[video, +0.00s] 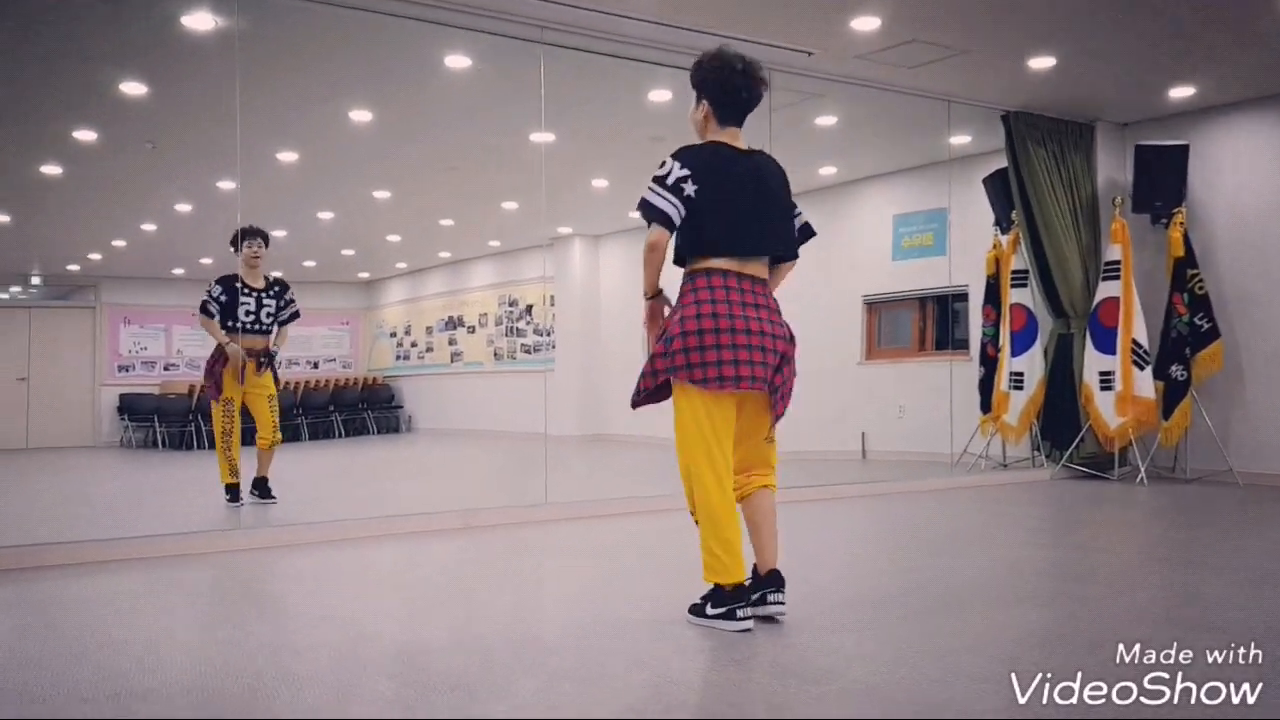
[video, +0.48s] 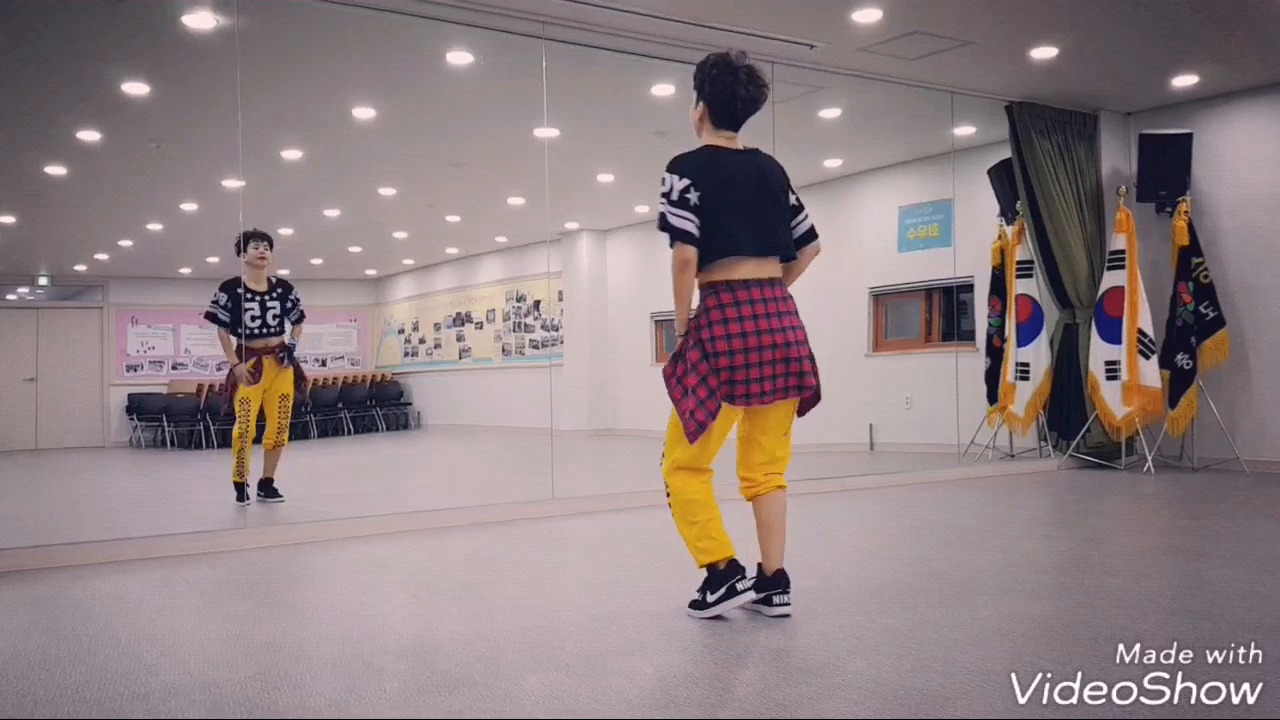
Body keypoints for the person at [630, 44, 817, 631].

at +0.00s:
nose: (691, 111)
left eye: (693, 102)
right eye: (694, 102)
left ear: (703, 107)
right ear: (748, 110)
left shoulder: (685, 163)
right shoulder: (771, 171)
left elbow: (657, 238)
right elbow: (792, 251)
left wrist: (652, 298)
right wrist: (755, 298)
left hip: (703, 310)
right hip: (762, 313)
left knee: (706, 459)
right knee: (754, 458)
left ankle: (727, 589)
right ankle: (769, 579)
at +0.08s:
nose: (700, 111)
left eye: (703, 102)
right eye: (705, 102)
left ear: (712, 109)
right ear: (755, 113)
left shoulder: (705, 167)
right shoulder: (775, 172)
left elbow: (682, 237)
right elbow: (794, 251)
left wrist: (668, 279)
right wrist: (763, 297)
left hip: (719, 308)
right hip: (770, 312)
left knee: (709, 456)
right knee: (750, 460)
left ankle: (733, 582)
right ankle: (773, 577)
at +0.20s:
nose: (701, 115)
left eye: (704, 106)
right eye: (706, 106)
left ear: (712, 114)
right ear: (754, 119)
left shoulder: (711, 172)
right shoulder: (770, 177)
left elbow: (703, 258)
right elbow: (787, 262)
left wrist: (675, 291)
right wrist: (757, 310)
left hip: (723, 322)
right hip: (771, 327)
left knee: (691, 460)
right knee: (741, 466)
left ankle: (729, 578)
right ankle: (771, 577)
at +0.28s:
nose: (698, 118)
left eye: (701, 109)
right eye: (703, 109)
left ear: (709, 117)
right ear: (753, 121)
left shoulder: (708, 176)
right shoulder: (770, 179)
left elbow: (709, 266)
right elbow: (789, 261)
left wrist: (678, 317)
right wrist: (758, 313)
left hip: (724, 324)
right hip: (773, 328)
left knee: (678, 473)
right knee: (742, 470)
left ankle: (725, 577)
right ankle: (771, 579)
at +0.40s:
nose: (693, 114)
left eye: (696, 106)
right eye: (696, 105)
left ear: (703, 114)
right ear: (750, 118)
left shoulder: (699, 172)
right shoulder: (769, 175)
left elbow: (701, 265)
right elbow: (801, 253)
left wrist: (683, 335)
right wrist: (765, 304)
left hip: (724, 323)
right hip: (776, 326)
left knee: (677, 467)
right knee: (753, 470)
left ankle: (721, 570)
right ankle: (772, 579)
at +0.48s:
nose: (691, 110)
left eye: (692, 102)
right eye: (693, 102)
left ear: (699, 108)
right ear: (748, 112)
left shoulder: (686, 168)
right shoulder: (771, 169)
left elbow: (685, 258)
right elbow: (809, 247)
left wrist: (684, 330)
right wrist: (768, 292)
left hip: (722, 319)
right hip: (779, 317)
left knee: (684, 463)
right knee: (767, 465)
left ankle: (719, 567)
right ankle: (773, 579)